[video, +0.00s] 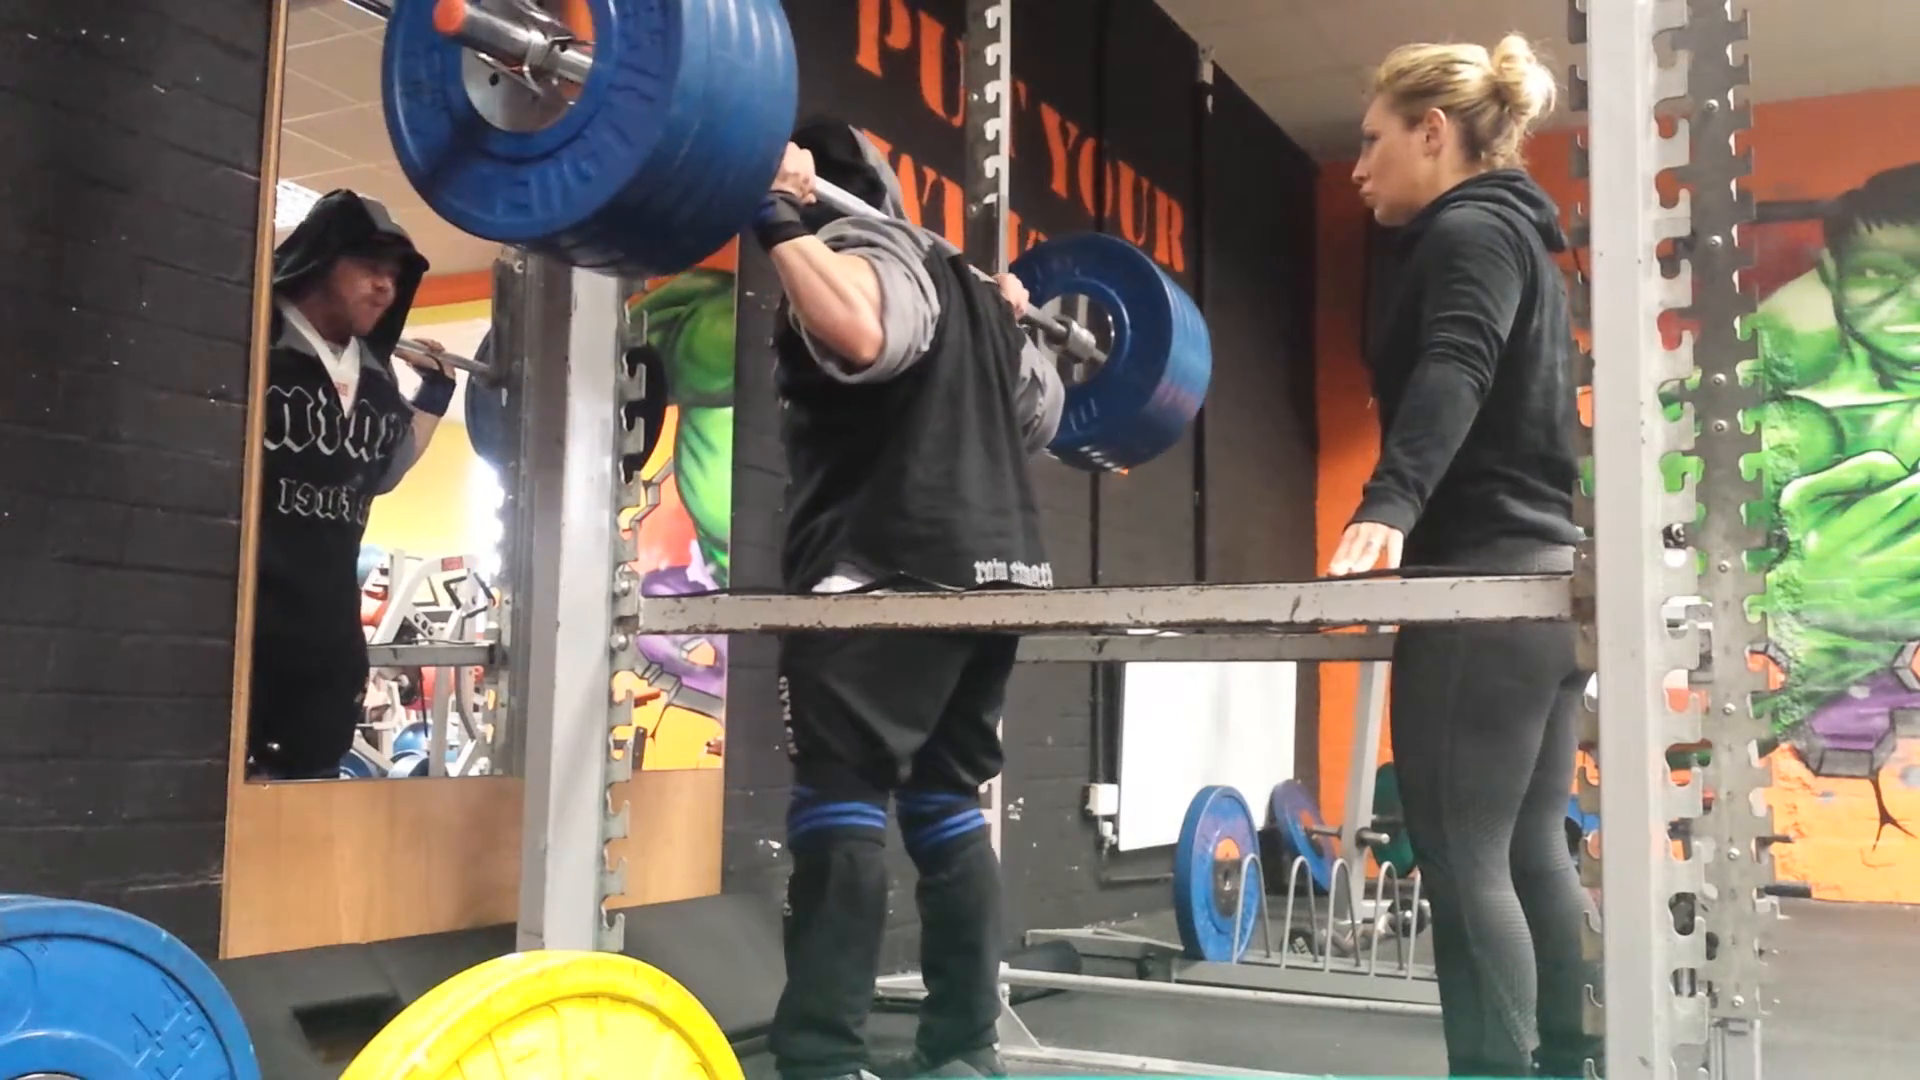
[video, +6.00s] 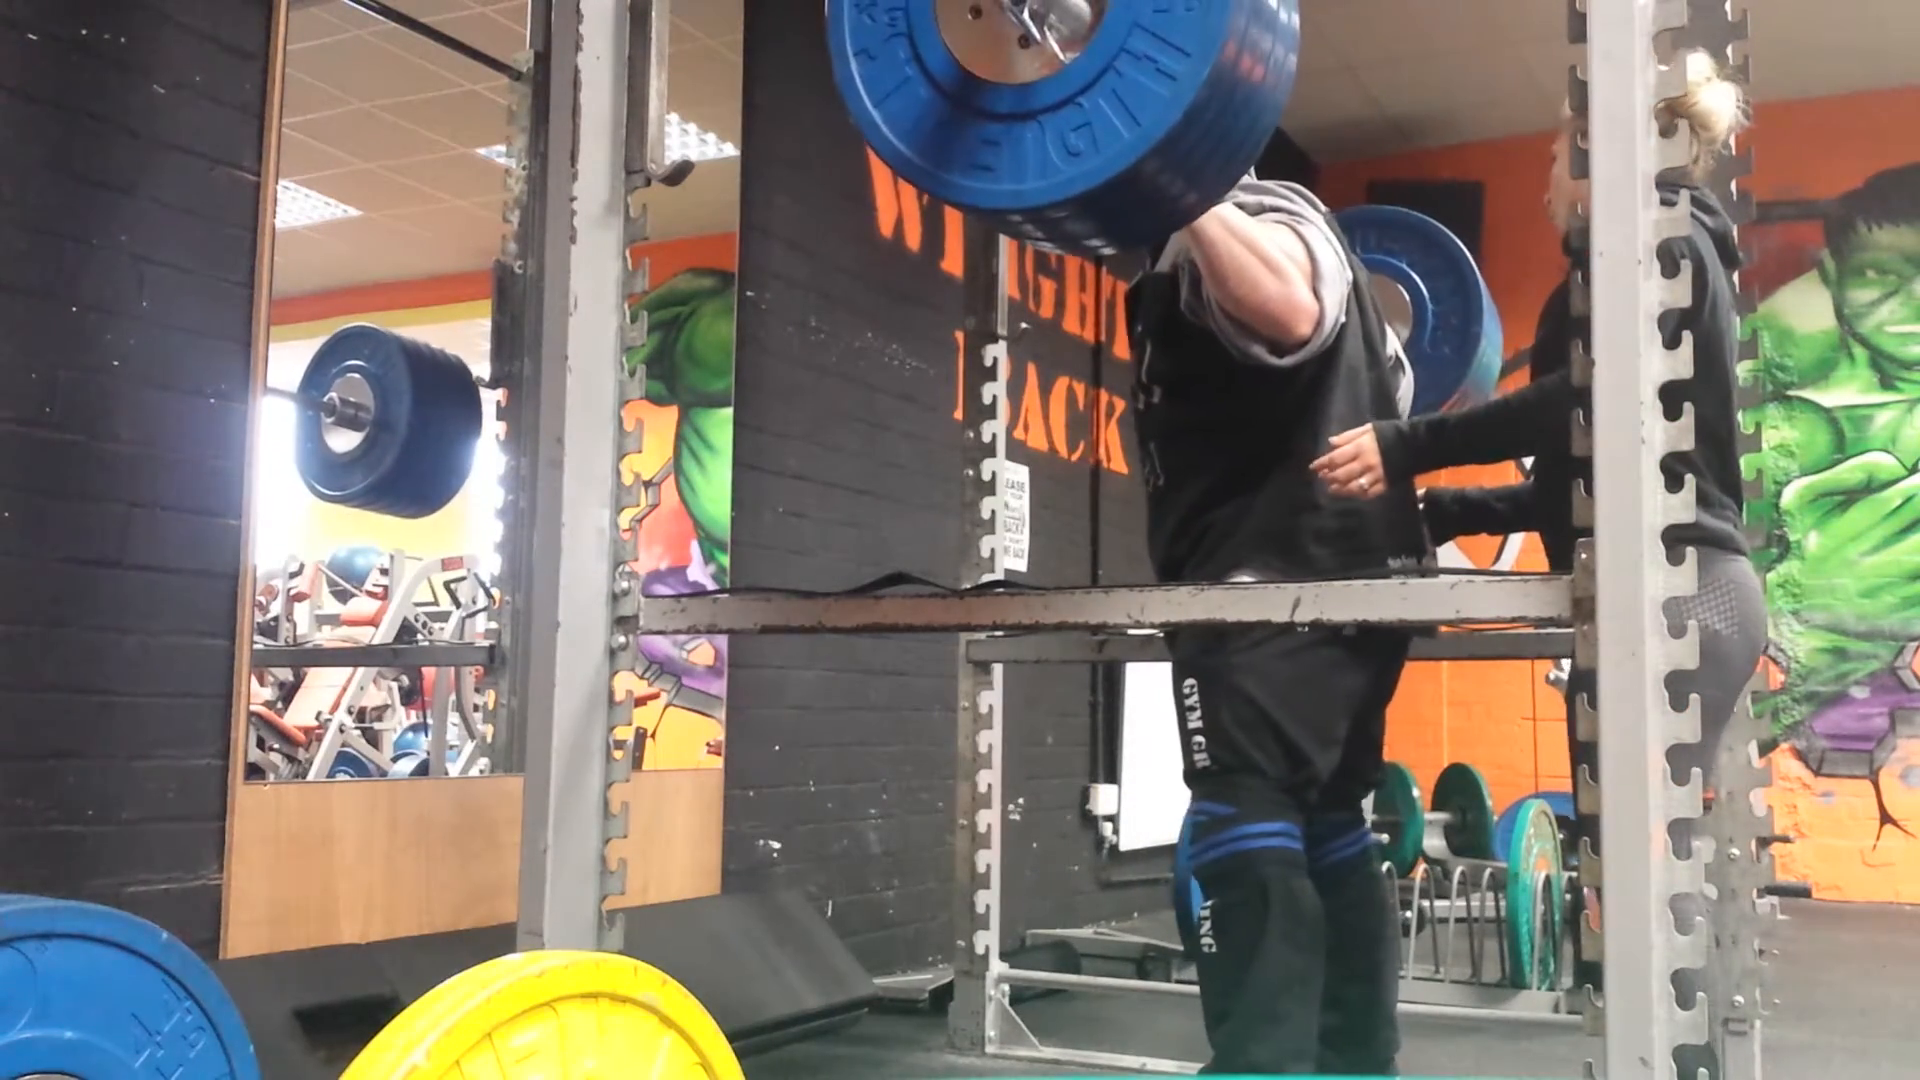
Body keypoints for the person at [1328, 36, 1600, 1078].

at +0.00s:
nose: (1360, 168)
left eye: (1372, 142)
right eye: (1360, 145)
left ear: (1436, 132)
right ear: (1442, 136)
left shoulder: (1470, 225)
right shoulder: (1514, 225)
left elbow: (1457, 361)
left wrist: (1385, 510)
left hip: (1483, 571)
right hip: (1542, 569)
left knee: (1466, 860)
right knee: (1534, 847)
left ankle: (1493, 1072)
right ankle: (1568, 1066)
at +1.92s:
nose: (1443, 164)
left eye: (1460, 137)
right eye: (1447, 140)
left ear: (1523, 128)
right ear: (1528, 133)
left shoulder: (1541, 237)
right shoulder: (1570, 235)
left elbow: (1478, 406)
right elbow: (1518, 455)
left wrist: (1306, 415)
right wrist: (1381, 474)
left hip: (1538, 580)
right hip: (1541, 576)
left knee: (1505, 842)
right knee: (1510, 840)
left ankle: (1552, 1069)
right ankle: (1557, 1063)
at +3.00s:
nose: (1516, 167)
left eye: (1532, 142)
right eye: (1513, 145)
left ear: (1596, 139)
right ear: (1563, 148)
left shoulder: (1637, 251)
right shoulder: (1620, 262)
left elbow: (1603, 423)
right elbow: (1603, 476)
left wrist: (1440, 476)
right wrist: (1472, 522)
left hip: (1649, 580)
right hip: (1634, 577)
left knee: (1620, 833)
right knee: (1603, 828)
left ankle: (1644, 1054)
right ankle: (1636, 1049)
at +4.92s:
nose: (1519, 172)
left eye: (1532, 145)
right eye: (1519, 148)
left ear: (1594, 135)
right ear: (1586, 139)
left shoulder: (1652, 236)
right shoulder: (1656, 241)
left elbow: (1586, 417)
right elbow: (1594, 465)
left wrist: (1400, 443)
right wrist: (1442, 495)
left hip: (1683, 587)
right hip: (1701, 586)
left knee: (1640, 868)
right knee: (1664, 866)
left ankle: (1660, 1064)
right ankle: (1685, 1060)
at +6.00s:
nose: (1548, 182)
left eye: (1560, 161)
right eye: (1554, 161)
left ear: (1597, 166)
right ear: (1628, 164)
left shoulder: (1648, 245)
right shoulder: (1646, 268)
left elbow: (1580, 399)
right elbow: (1585, 493)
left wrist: (1405, 448)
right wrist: (1437, 511)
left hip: (1674, 585)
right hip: (1686, 586)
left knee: (1628, 844)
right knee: (1643, 845)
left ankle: (1652, 1055)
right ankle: (1670, 1052)